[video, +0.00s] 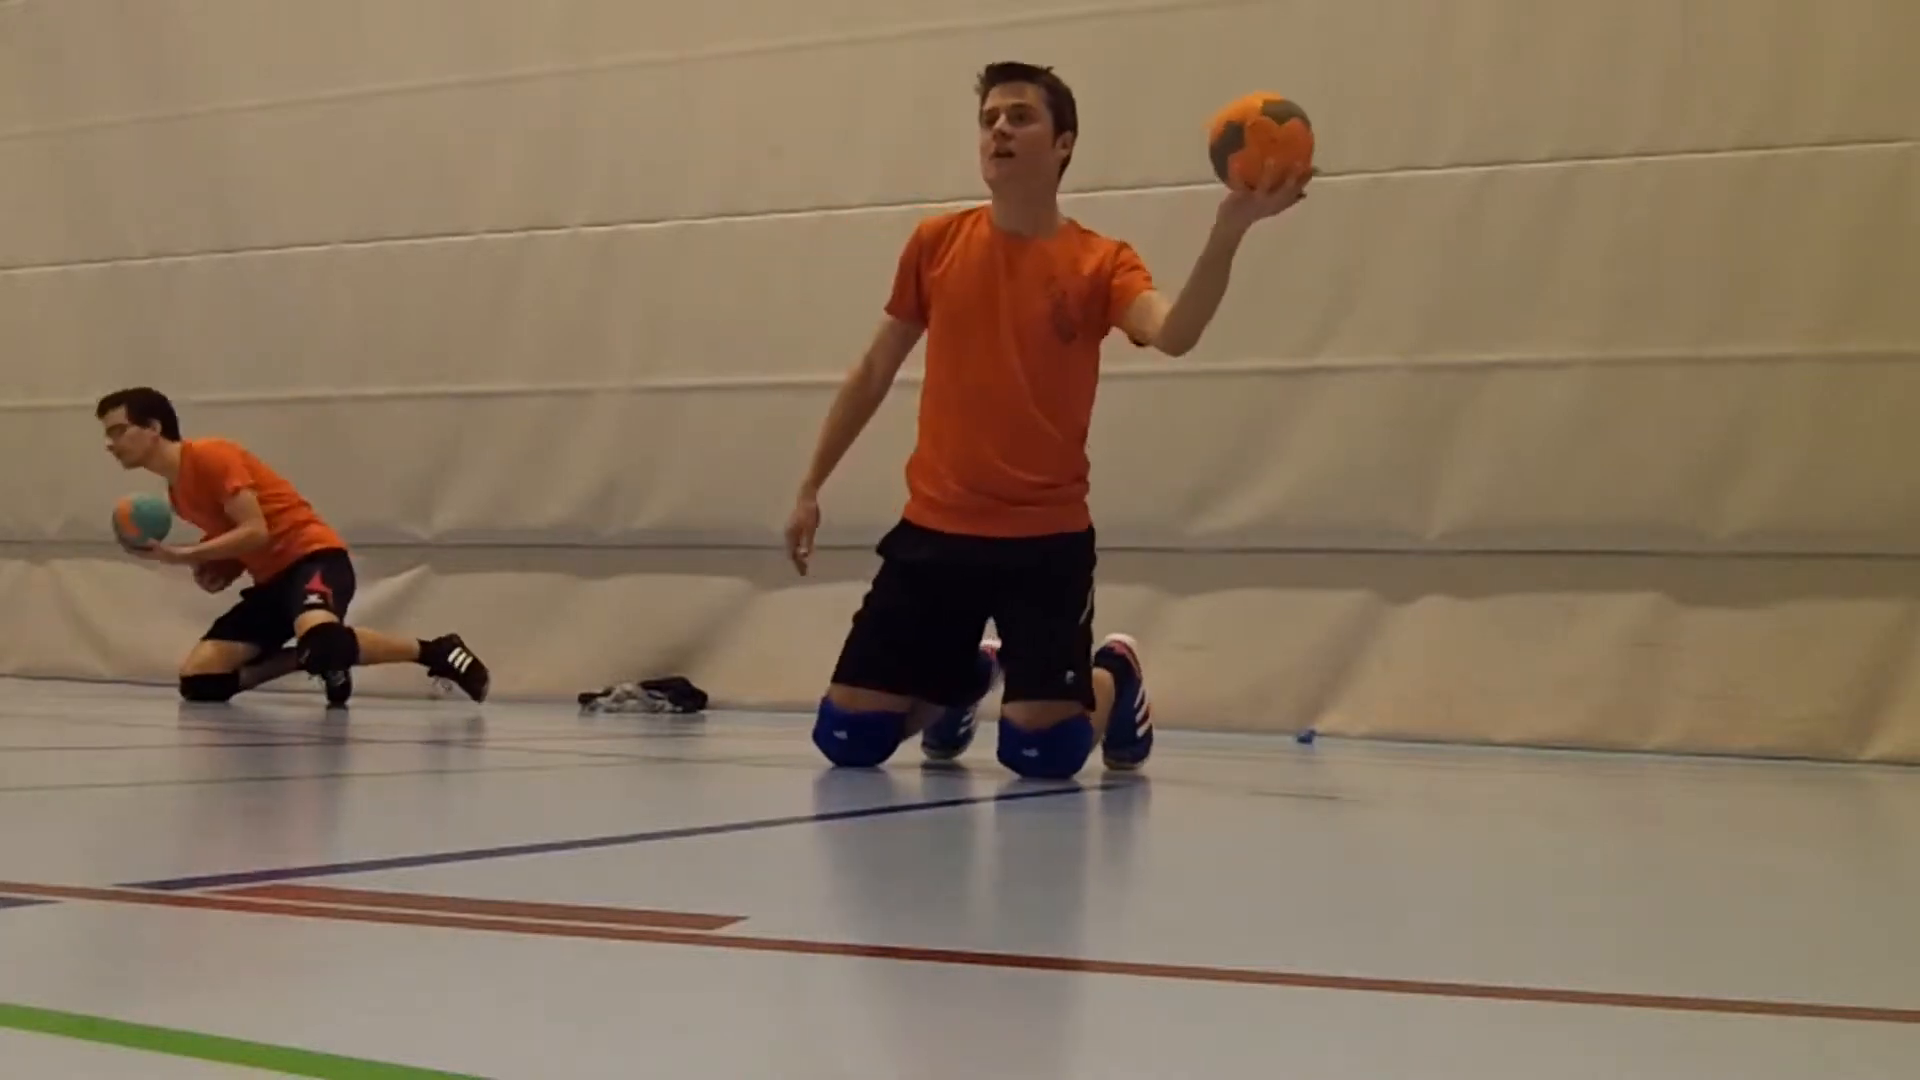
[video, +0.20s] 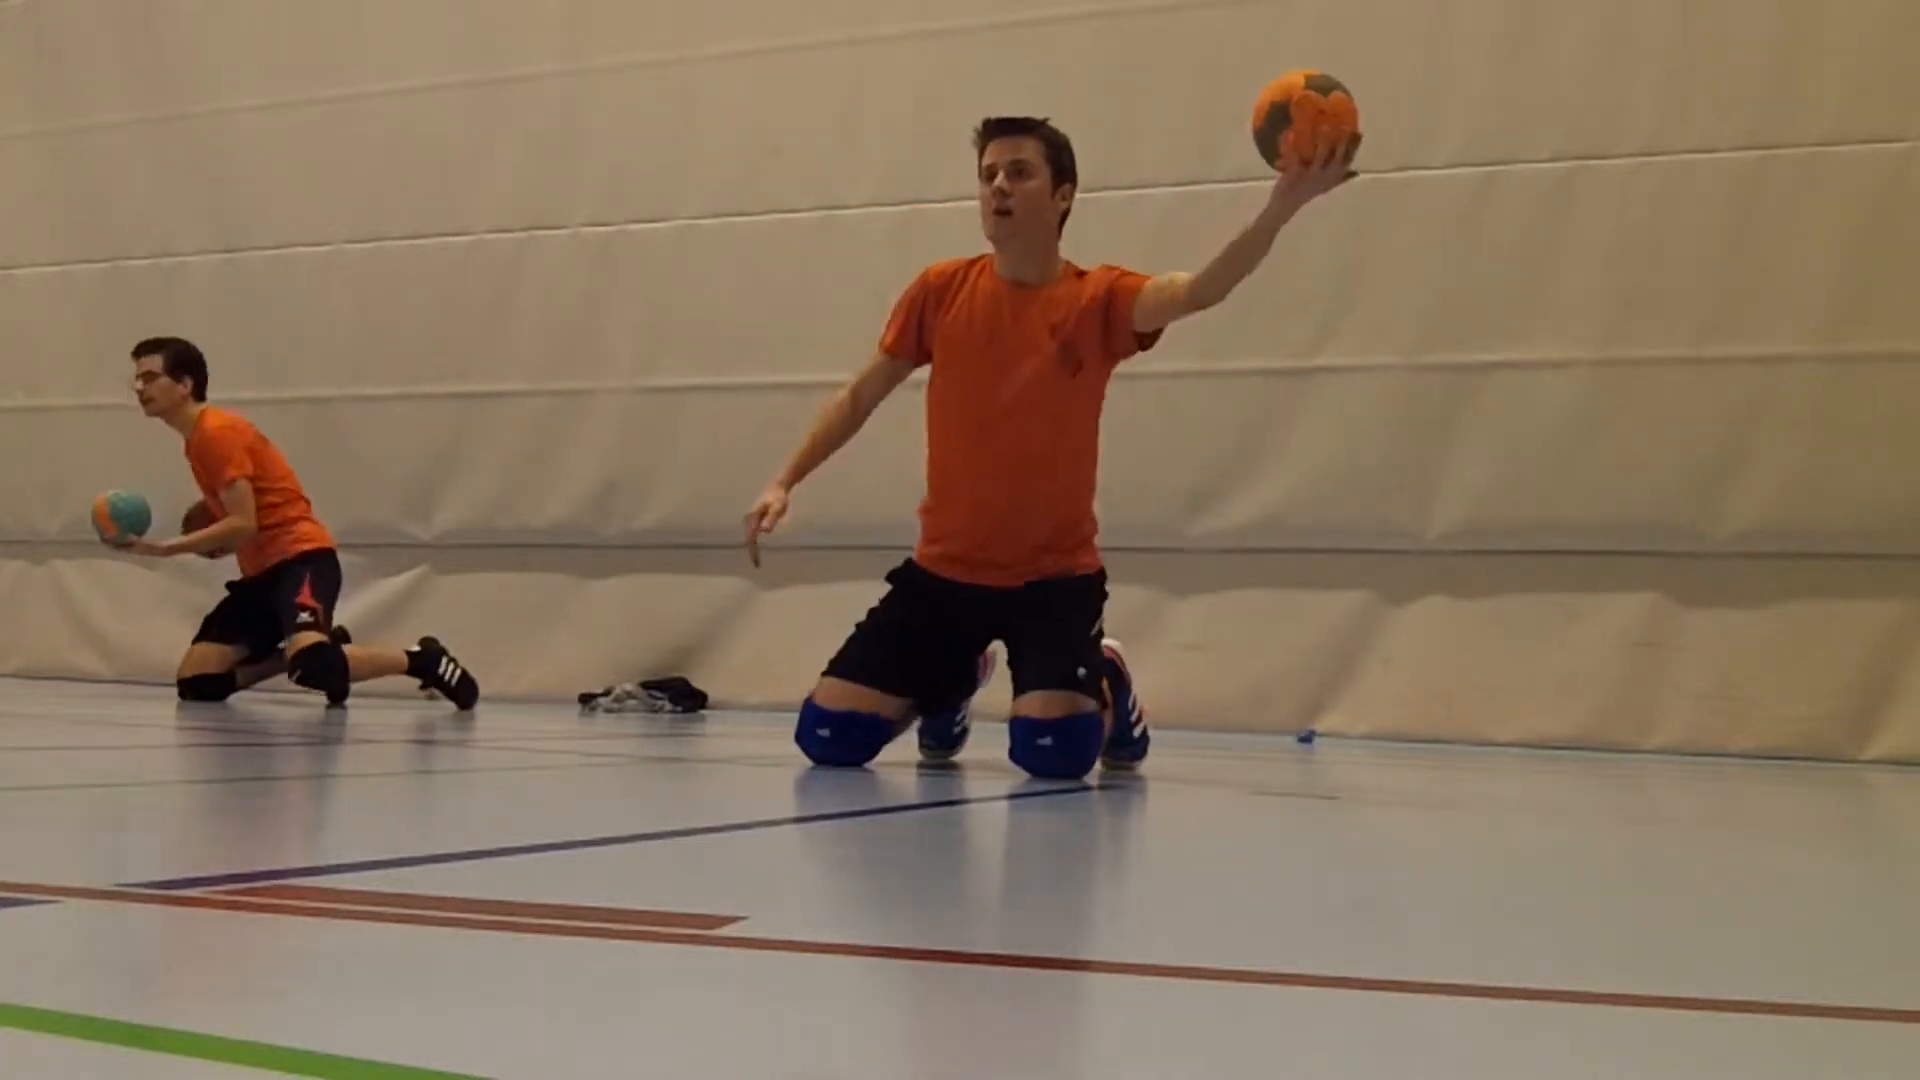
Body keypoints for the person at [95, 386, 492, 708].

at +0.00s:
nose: (110, 445)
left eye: (116, 432)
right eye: (107, 435)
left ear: (151, 428)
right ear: (140, 436)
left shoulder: (211, 456)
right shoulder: (181, 489)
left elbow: (254, 533)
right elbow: (244, 543)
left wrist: (178, 553)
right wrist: (222, 566)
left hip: (317, 561)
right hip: (276, 585)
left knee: (319, 641)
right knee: (200, 680)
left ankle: (436, 653)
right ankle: (315, 657)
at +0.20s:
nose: (138, 389)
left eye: (148, 378)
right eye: (137, 380)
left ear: (185, 384)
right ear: (179, 389)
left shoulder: (218, 433)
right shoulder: (198, 441)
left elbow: (244, 525)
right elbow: (229, 501)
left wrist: (163, 549)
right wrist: (209, 514)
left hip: (302, 561)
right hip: (260, 579)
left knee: (309, 665)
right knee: (198, 685)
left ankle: (423, 662)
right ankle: (310, 653)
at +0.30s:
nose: (163, 363)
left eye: (174, 353)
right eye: (161, 354)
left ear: (209, 365)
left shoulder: (229, 415)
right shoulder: (214, 421)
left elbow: (249, 509)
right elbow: (240, 505)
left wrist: (173, 534)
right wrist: (183, 514)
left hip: (295, 560)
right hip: (254, 569)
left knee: (310, 675)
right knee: (197, 685)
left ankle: (426, 660)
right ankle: (306, 649)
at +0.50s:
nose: (207, 342)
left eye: (220, 333)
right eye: (207, 333)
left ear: (254, 346)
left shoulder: (270, 401)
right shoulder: (233, 417)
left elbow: (281, 494)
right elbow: (204, 491)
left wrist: (203, 506)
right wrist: (166, 437)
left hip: (292, 564)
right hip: (244, 570)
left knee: (309, 687)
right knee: (196, 686)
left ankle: (421, 666)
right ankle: (314, 651)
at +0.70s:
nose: (244, 333)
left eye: (258, 326)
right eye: (244, 324)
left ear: (291, 341)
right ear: (245, 332)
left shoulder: (313, 406)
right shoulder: (232, 404)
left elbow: (326, 493)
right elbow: (142, 417)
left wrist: (267, 495)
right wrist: (118, 336)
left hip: (308, 566)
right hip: (250, 568)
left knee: (315, 690)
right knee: (197, 686)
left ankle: (418, 667)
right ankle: (313, 654)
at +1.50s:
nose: (270, 346)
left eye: (281, 337)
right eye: (268, 336)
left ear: (317, 346)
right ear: (267, 341)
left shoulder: (345, 414)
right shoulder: (259, 410)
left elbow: (393, 486)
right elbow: (250, 500)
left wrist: (465, 480)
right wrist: (217, 576)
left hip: (319, 574)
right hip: (259, 573)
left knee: (315, 691)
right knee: (197, 685)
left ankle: (371, 654)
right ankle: (306, 657)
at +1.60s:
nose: (265, 349)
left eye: (277, 338)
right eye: (264, 338)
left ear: (313, 347)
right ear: (264, 344)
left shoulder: (346, 415)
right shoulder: (259, 413)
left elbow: (391, 490)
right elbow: (251, 501)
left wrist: (458, 496)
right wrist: (214, 578)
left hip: (320, 575)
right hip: (260, 575)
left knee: (316, 691)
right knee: (196, 685)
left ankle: (372, 654)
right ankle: (304, 656)